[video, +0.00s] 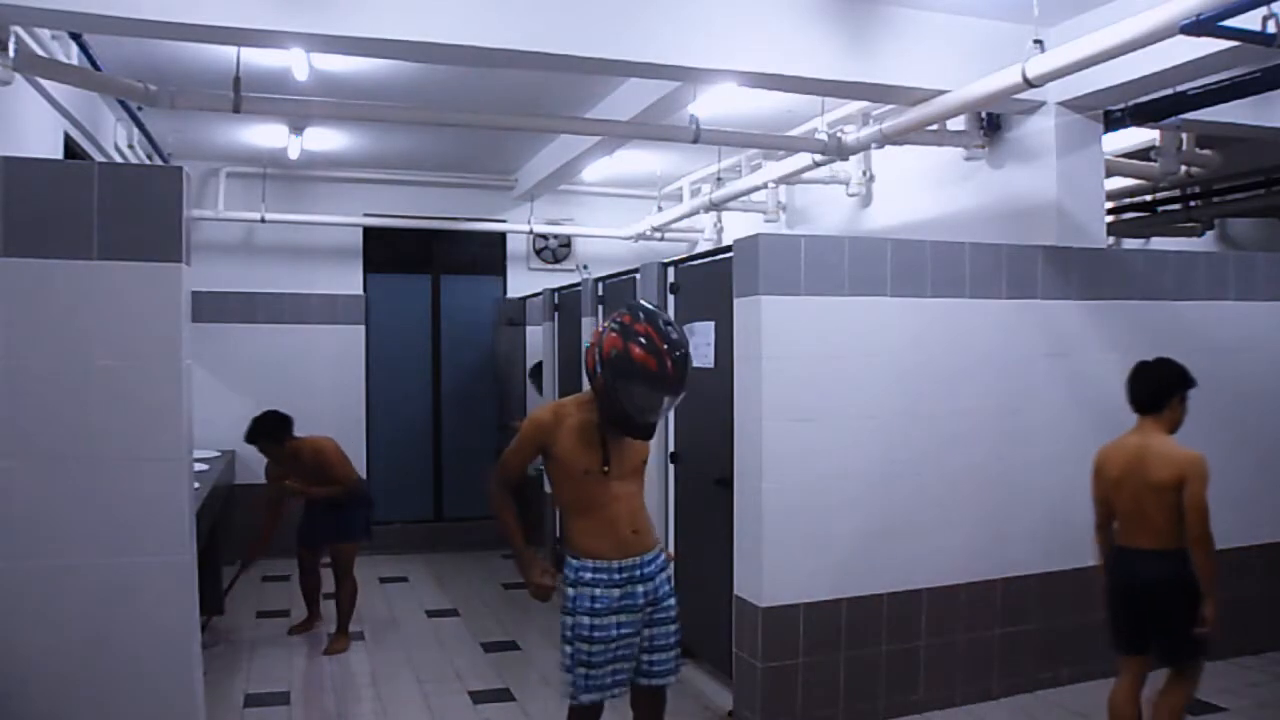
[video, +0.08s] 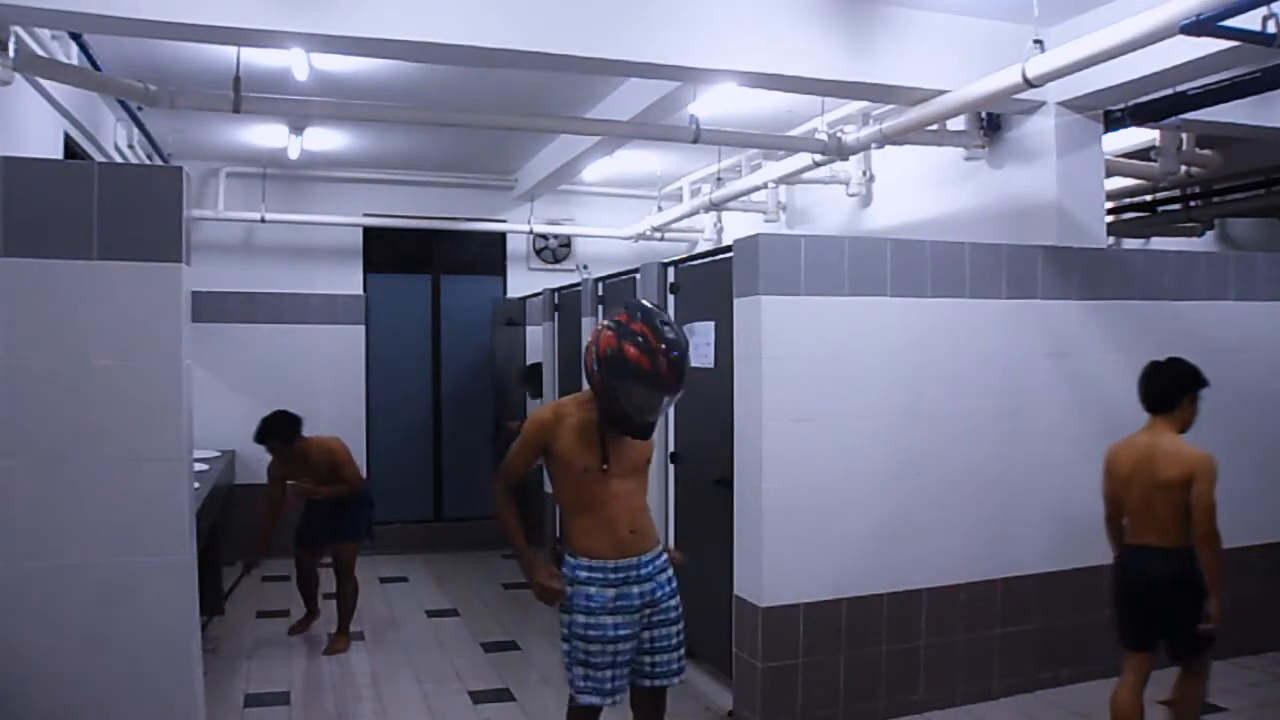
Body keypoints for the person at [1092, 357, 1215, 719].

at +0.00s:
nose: (1186, 408)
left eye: (1185, 399)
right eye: (1184, 400)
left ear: (1137, 400)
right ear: (1172, 403)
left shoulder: (1107, 456)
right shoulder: (1186, 461)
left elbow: (1102, 525)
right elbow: (1198, 538)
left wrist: (1110, 575)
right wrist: (1208, 595)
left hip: (1124, 575)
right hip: (1171, 577)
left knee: (1130, 668)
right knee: (1186, 668)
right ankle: (1160, 713)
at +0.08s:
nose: (1197, 409)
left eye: (1197, 400)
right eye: (1196, 400)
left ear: (1148, 400)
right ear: (1184, 403)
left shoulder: (1117, 454)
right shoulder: (1196, 461)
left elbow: (1112, 518)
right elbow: (1205, 536)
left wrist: (1123, 558)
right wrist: (1213, 594)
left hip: (1132, 574)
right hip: (1180, 575)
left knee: (1133, 669)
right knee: (1194, 667)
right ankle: (1182, 712)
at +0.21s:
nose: (1216, 412)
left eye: (1215, 403)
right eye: (1214, 403)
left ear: (1167, 402)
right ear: (1202, 405)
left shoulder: (1136, 454)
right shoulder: (1214, 463)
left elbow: (1129, 518)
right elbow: (1221, 536)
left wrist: (1147, 551)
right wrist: (1225, 593)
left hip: (1146, 571)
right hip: (1195, 574)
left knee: (1139, 667)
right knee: (1204, 669)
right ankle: (1204, 716)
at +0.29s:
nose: (1229, 409)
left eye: (1229, 400)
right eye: (1227, 400)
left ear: (1183, 399)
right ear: (1216, 402)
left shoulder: (1149, 452)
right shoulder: (1227, 462)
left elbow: (1140, 516)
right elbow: (1233, 533)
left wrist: (1155, 550)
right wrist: (1237, 590)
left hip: (1158, 568)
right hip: (1206, 572)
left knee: (1149, 659)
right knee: (1213, 662)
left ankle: (1134, 713)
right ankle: (1207, 714)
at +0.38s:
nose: (1241, 405)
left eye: (1241, 396)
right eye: (1240, 397)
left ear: (1194, 395)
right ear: (1229, 398)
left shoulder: (1162, 445)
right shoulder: (1239, 458)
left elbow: (1150, 510)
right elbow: (1246, 529)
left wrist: (1159, 554)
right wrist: (1255, 583)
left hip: (1171, 561)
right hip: (1218, 565)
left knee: (1164, 649)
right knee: (1220, 656)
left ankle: (1144, 713)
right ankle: (1211, 714)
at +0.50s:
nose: (1255, 400)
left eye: (1255, 392)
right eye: (1254, 392)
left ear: (1207, 391)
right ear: (1245, 395)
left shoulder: (1174, 442)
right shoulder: (1255, 453)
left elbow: (1164, 507)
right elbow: (1267, 522)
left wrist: (1161, 553)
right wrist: (1271, 563)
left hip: (1186, 551)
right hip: (1234, 553)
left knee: (1185, 639)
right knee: (1227, 649)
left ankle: (1172, 708)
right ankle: (1212, 715)